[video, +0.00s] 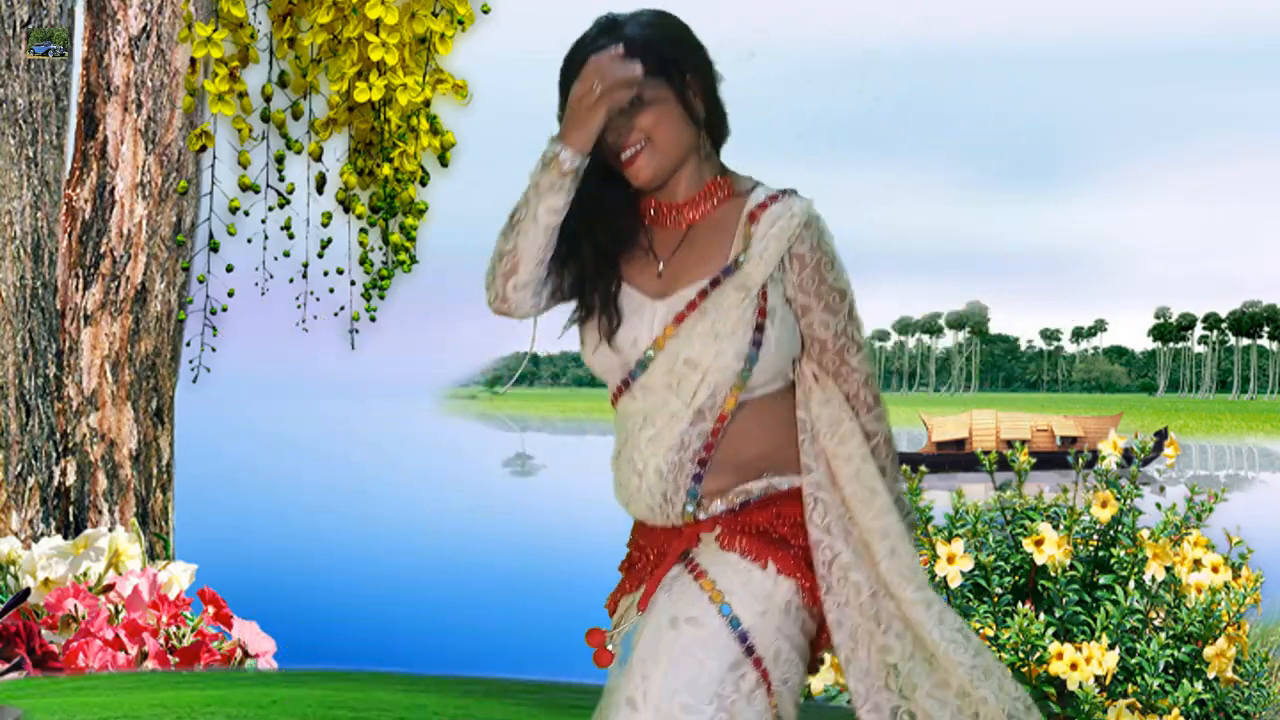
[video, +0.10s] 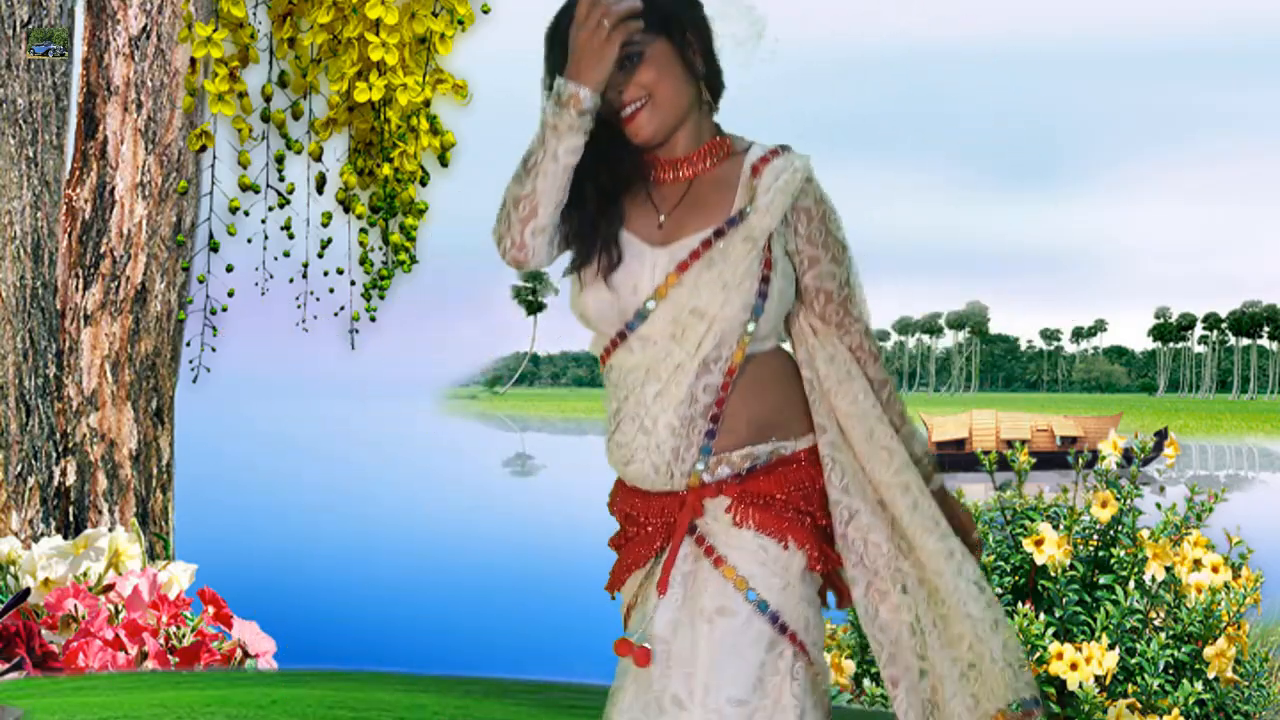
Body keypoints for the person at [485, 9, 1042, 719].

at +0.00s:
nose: (615, 132)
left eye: (633, 103)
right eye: (598, 122)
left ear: (694, 93)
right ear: (590, 141)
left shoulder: (779, 224)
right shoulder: (607, 244)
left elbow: (851, 414)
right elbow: (510, 293)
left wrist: (878, 586)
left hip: (765, 531)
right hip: (659, 541)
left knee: (638, 704)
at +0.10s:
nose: (616, 87)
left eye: (633, 56)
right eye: (597, 75)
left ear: (690, 48)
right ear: (588, 99)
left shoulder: (774, 180)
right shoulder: (602, 199)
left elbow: (848, 353)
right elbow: (520, 244)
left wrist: (923, 482)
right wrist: (575, 89)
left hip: (767, 490)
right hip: (651, 501)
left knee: (737, 698)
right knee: (656, 695)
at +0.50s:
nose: (641, 81)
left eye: (659, 56)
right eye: (611, 69)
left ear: (697, 74)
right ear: (582, 101)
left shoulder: (761, 206)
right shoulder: (567, 218)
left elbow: (830, 380)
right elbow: (495, 295)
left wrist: (918, 530)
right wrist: (519, 139)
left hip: (744, 540)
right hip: (603, 547)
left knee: (745, 708)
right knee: (587, 705)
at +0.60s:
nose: (625, 67)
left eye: (645, 42)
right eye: (595, 54)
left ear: (685, 58)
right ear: (570, 88)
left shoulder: (744, 183)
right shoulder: (551, 200)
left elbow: (777, 359)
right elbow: (469, 327)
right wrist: (499, 165)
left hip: (705, 547)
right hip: (573, 550)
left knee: (706, 710)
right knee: (564, 706)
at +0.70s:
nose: (615, 71)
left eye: (639, 47)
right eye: (589, 56)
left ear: (679, 68)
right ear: (565, 87)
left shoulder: (736, 202)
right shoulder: (544, 214)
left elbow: (751, 374)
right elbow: (481, 373)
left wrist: (673, 477)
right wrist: (498, 228)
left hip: (705, 535)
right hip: (573, 535)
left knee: (696, 705)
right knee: (567, 702)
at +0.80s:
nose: (608, 103)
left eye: (633, 81)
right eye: (584, 90)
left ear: (678, 109)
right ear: (561, 124)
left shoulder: (734, 239)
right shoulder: (548, 257)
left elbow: (734, 409)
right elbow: (504, 423)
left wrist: (594, 374)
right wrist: (440, 411)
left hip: (718, 557)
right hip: (577, 556)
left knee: (673, 700)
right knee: (496, 689)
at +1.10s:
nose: (538, 49)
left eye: (566, 27)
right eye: (517, 39)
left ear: (624, 51)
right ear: (503, 74)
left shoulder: (662, 154)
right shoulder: (512, 193)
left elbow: (687, 329)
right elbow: (488, 356)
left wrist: (564, 444)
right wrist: (404, 473)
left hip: (644, 517)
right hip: (510, 514)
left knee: (626, 706)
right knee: (467, 701)